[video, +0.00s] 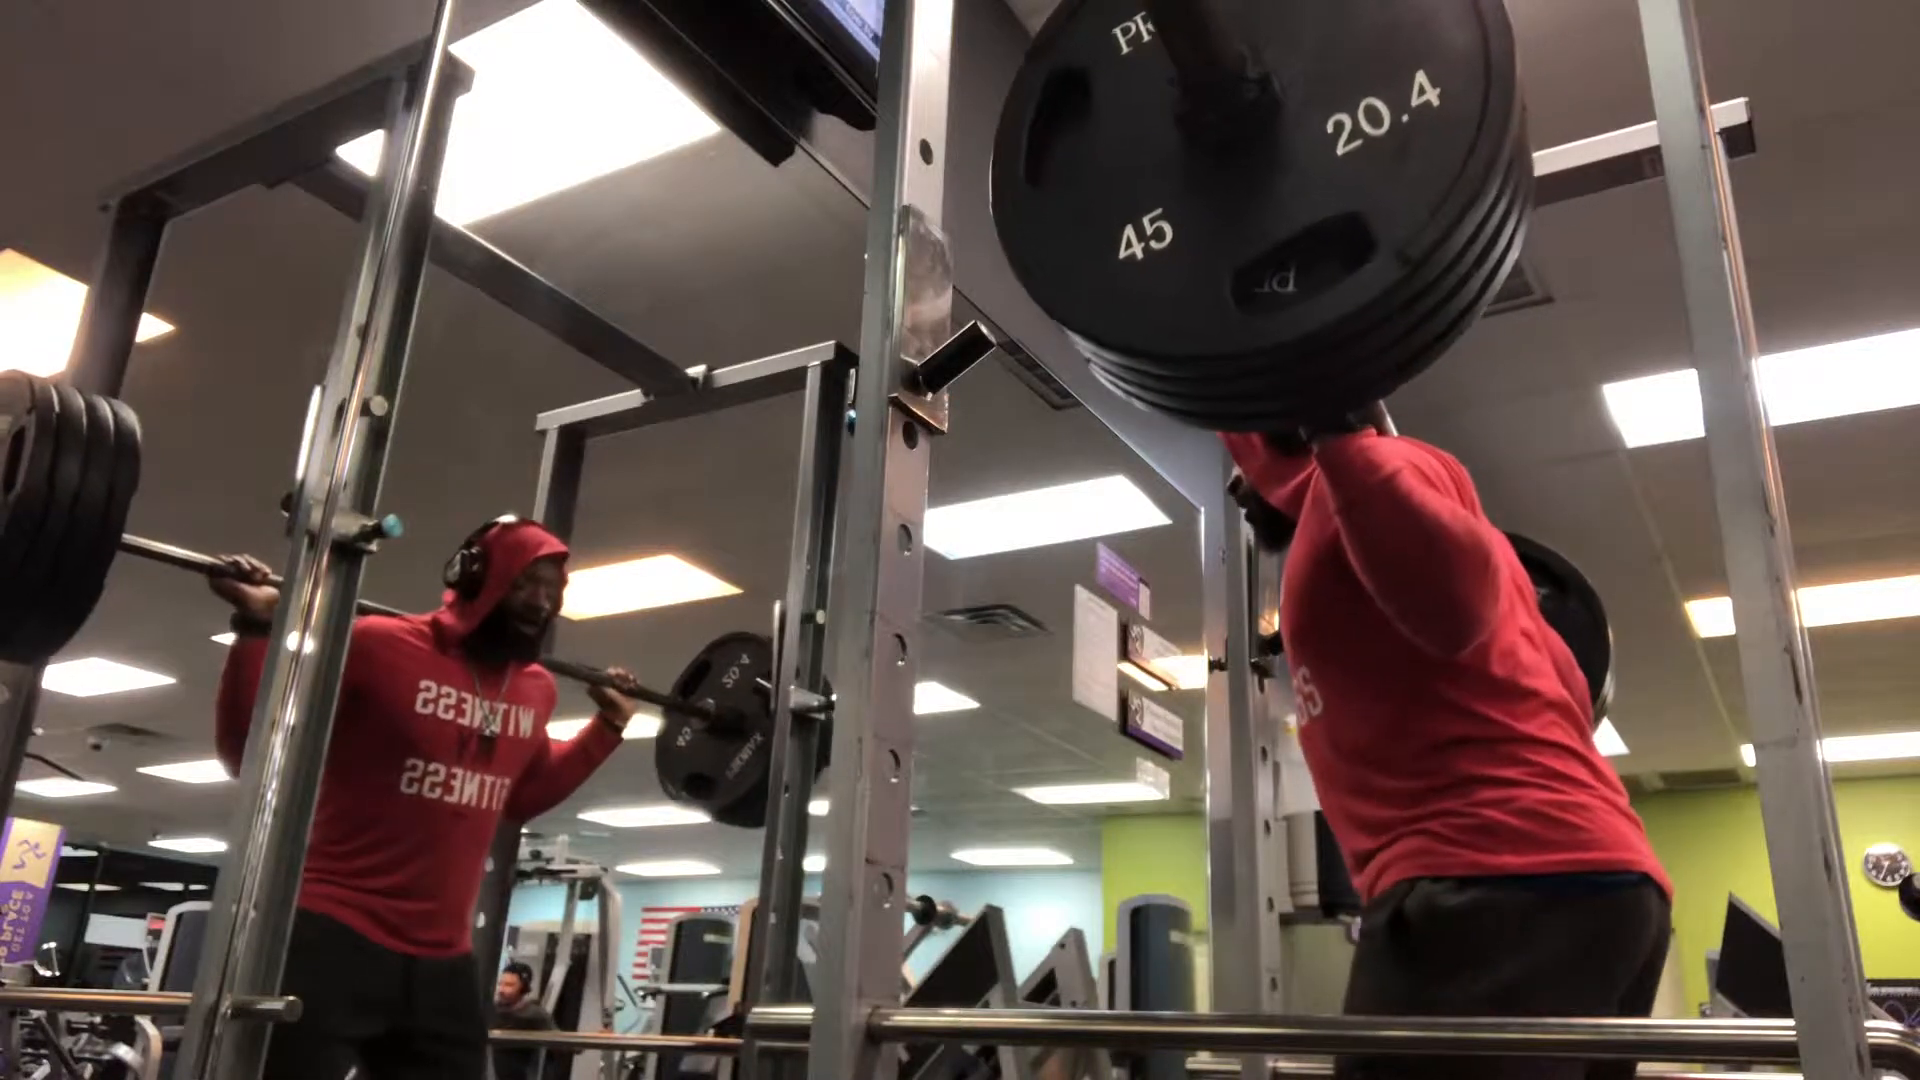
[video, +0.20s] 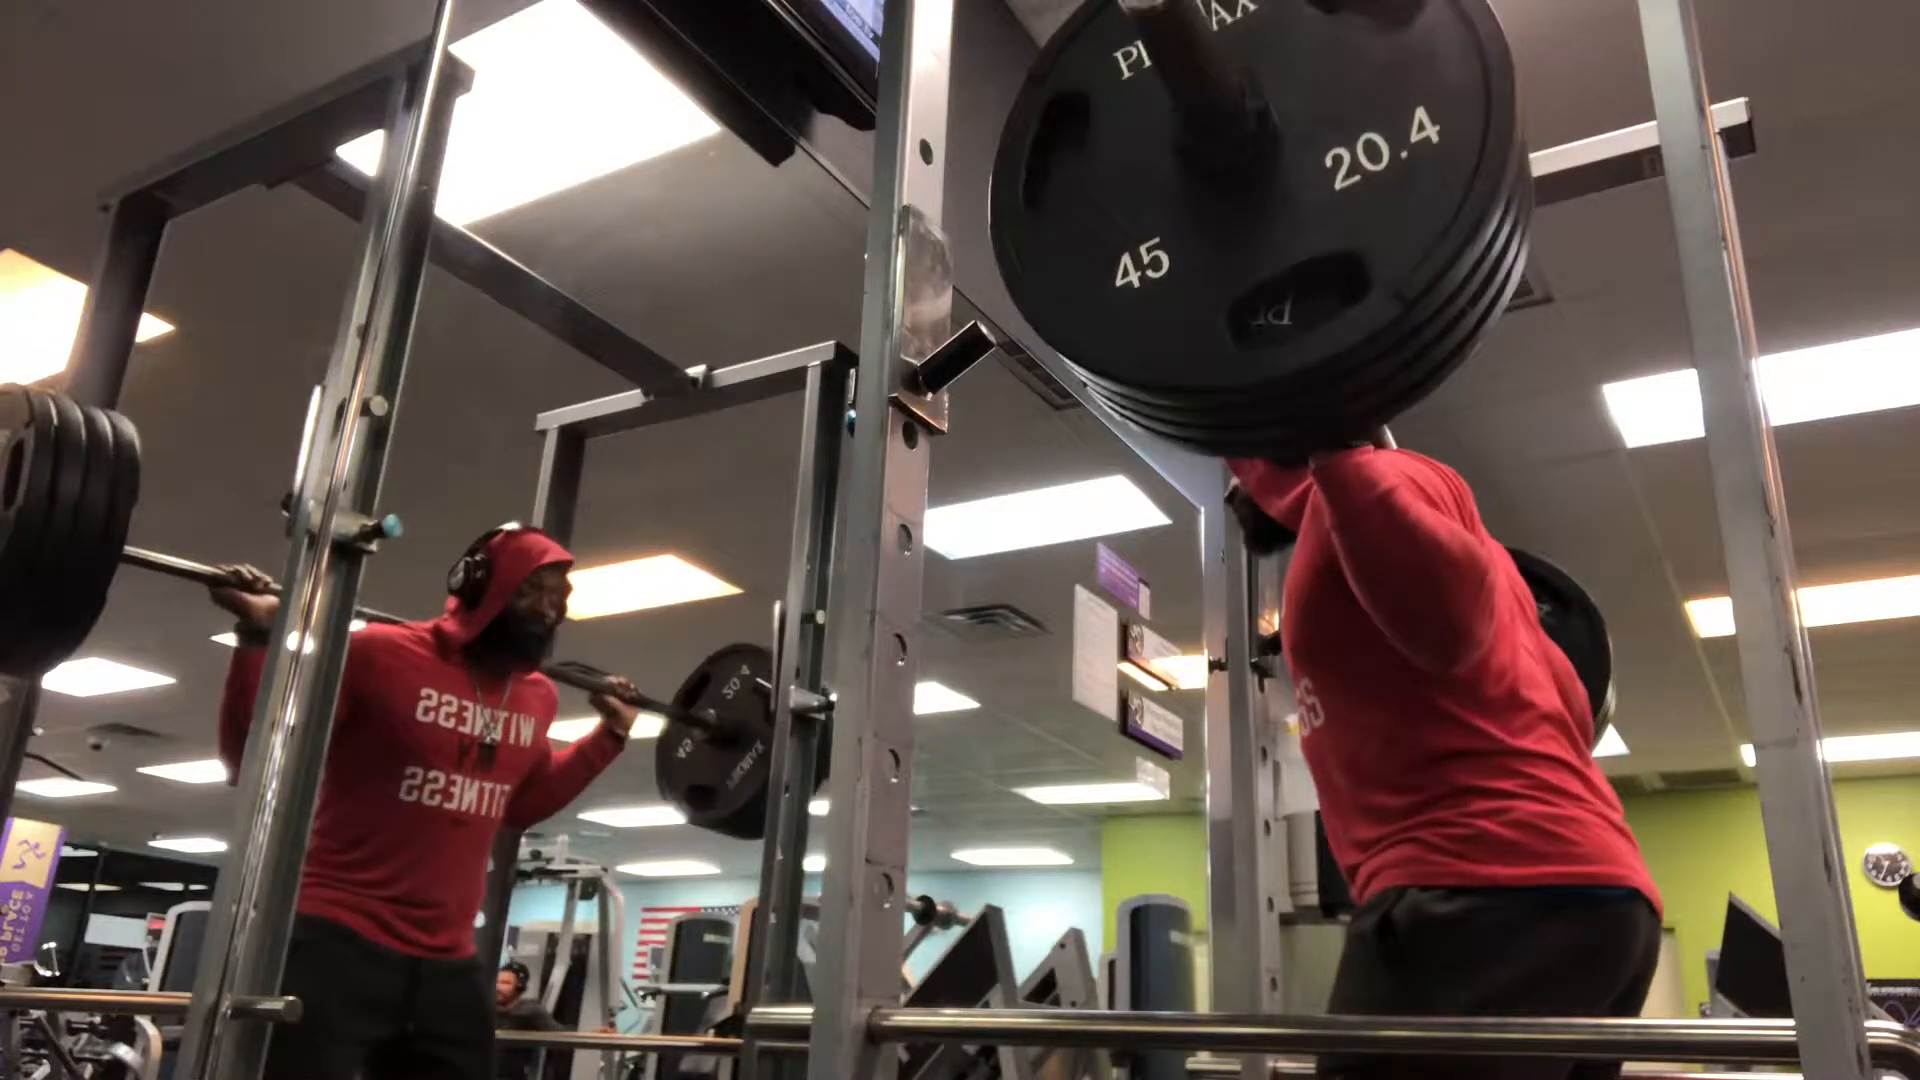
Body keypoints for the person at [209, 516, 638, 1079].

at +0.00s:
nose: (542, 601)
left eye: (553, 588)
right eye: (528, 582)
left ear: (560, 599)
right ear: (482, 578)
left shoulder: (534, 689)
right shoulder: (375, 643)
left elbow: (522, 798)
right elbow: (244, 753)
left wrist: (607, 725)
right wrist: (256, 629)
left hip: (444, 960)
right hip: (332, 934)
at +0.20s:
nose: (548, 609)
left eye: (558, 596)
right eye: (533, 589)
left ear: (565, 606)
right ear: (487, 586)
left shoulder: (536, 697)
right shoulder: (376, 652)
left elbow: (519, 807)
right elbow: (247, 761)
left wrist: (609, 735)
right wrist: (256, 638)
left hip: (449, 960)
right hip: (338, 937)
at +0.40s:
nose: (553, 597)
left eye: (562, 584)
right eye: (538, 579)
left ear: (565, 595)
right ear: (490, 580)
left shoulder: (539, 690)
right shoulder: (383, 645)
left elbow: (524, 801)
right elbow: (252, 752)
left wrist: (611, 727)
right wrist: (264, 629)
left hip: (441, 961)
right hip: (333, 939)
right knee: (298, 1070)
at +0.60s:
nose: (543, 632)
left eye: (555, 621)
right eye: (528, 613)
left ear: (563, 634)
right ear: (482, 612)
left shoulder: (532, 727)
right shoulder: (374, 684)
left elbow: (517, 839)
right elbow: (247, 800)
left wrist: (603, 769)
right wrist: (255, 667)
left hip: (433, 983)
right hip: (324, 966)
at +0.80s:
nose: (538, 683)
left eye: (549, 668)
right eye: (522, 661)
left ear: (555, 677)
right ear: (474, 660)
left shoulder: (527, 777)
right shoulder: (366, 737)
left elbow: (508, 888)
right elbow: (235, 857)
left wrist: (600, 812)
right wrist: (243, 723)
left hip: (420, 1020)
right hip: (314, 1008)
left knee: (476, 1068)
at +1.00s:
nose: (532, 727)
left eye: (542, 713)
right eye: (516, 707)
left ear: (548, 724)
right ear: (470, 706)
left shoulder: (520, 822)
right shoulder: (359, 783)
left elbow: (505, 929)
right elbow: (227, 899)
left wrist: (594, 858)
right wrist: (242, 772)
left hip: (410, 1051)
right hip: (305, 1040)